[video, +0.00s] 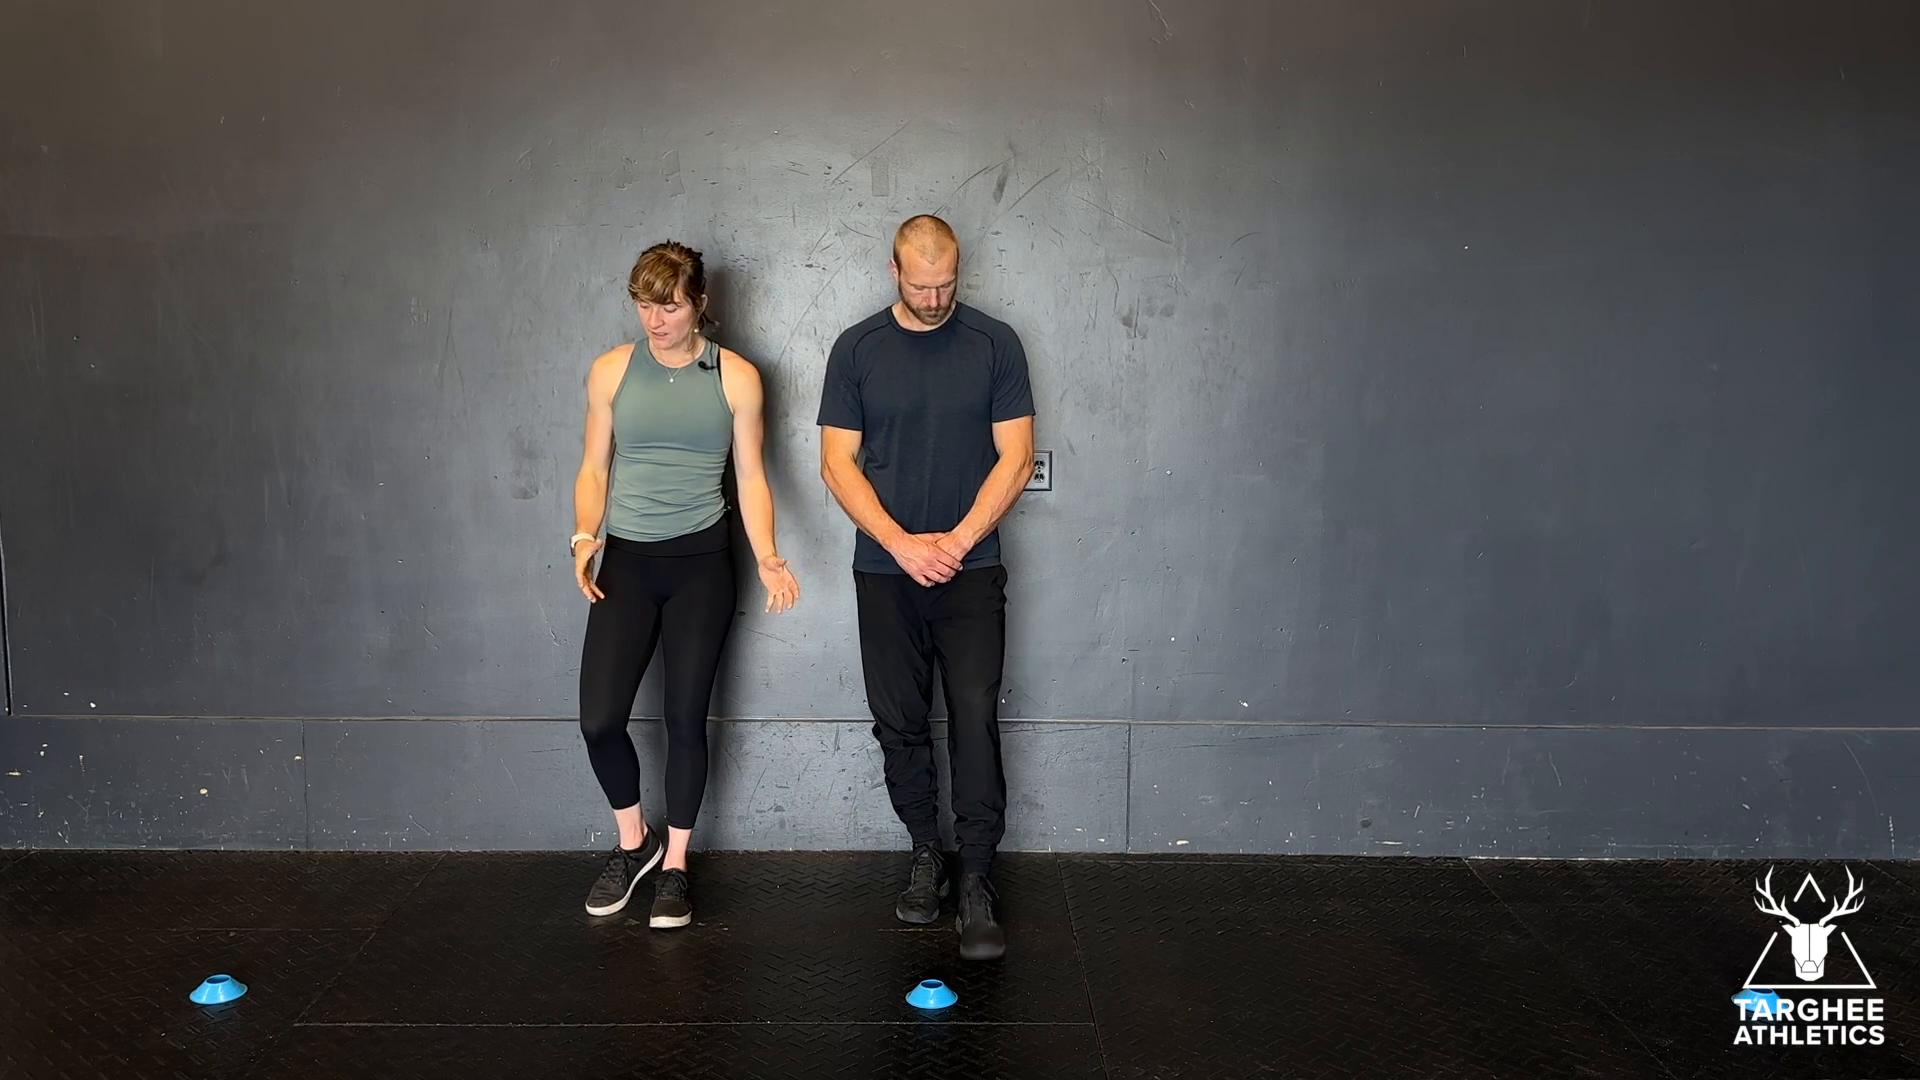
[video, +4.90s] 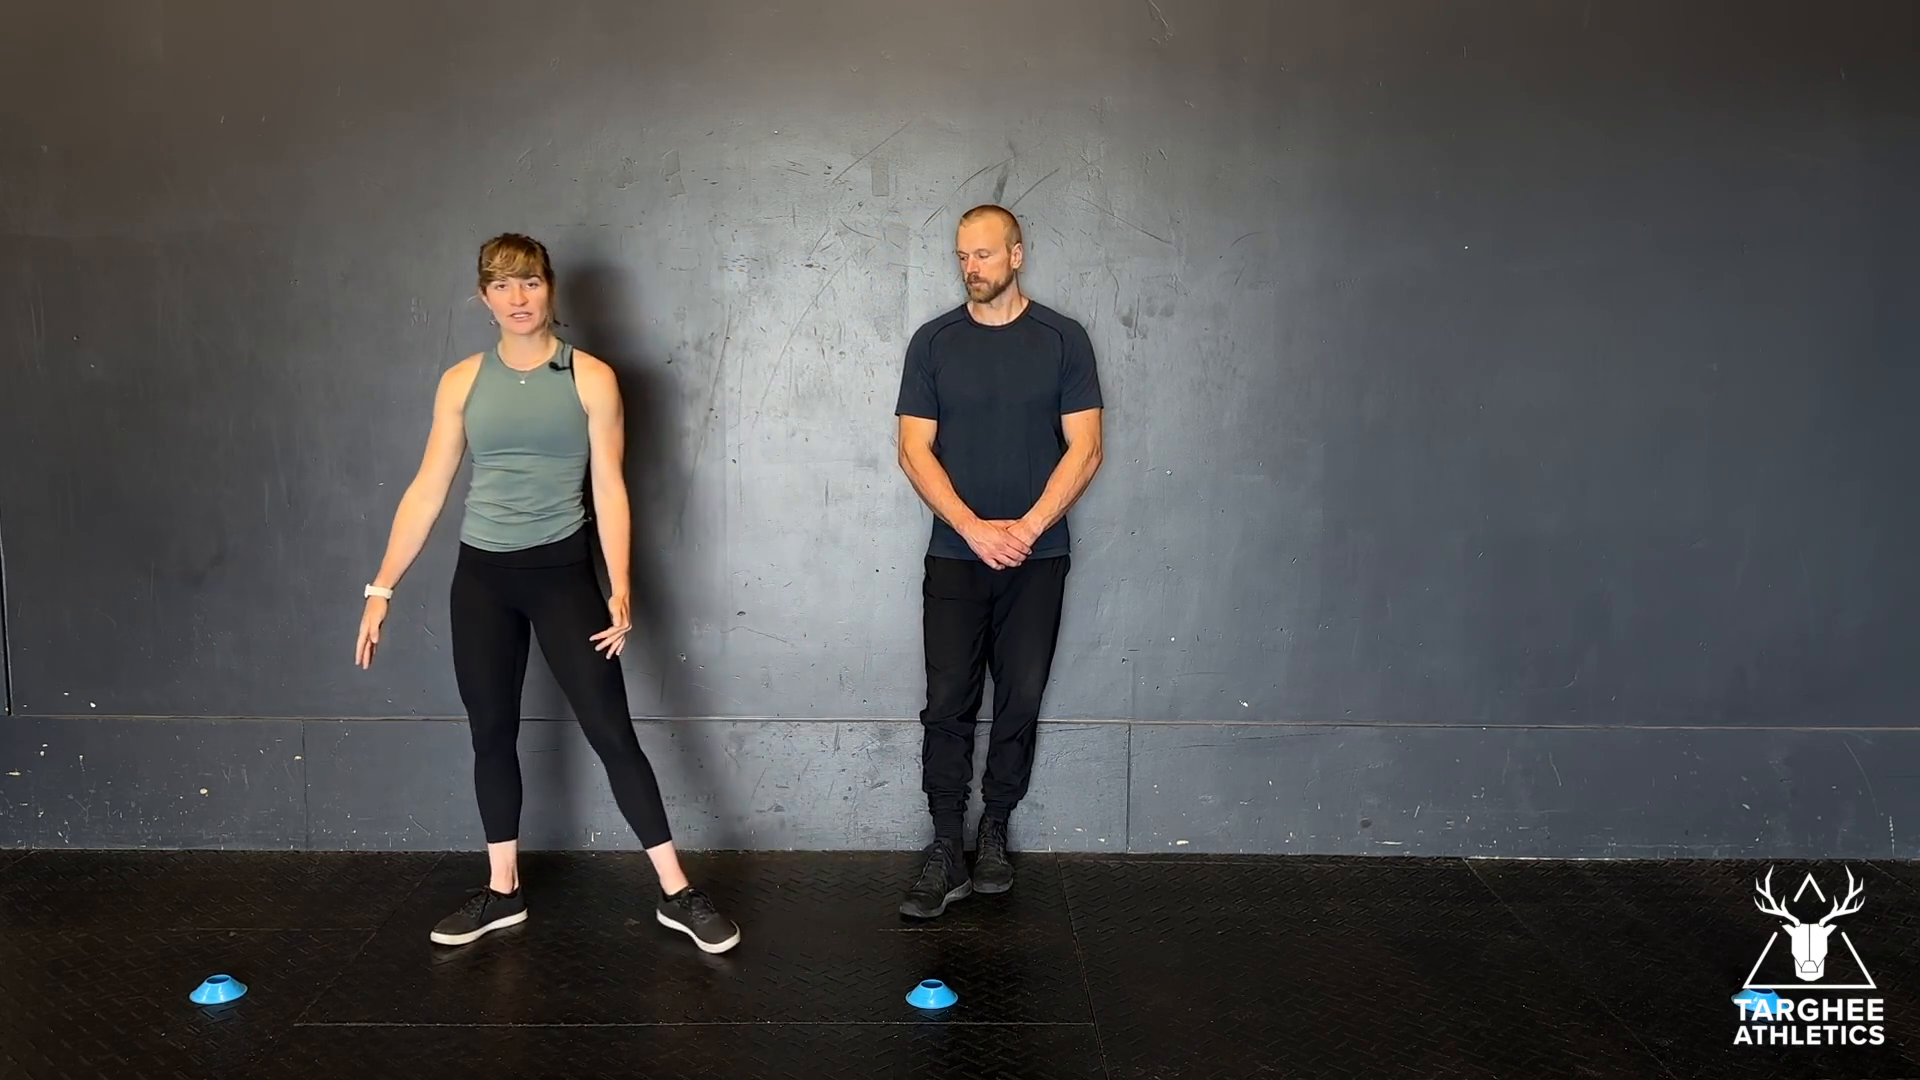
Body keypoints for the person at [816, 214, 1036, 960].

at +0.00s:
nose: (934, 295)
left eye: (945, 283)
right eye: (923, 283)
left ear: (957, 271)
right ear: (897, 270)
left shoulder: (993, 344)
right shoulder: (856, 348)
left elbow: (1016, 461)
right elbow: (837, 466)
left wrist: (955, 542)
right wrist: (898, 541)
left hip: (970, 568)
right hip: (886, 570)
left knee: (975, 718)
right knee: (900, 723)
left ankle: (977, 876)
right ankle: (927, 856)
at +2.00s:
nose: (910, 299)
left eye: (920, 287)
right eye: (898, 288)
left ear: (941, 270)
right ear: (880, 275)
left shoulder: (987, 341)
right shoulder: (850, 348)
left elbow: (1012, 457)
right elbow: (832, 463)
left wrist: (951, 538)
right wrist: (891, 539)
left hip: (966, 565)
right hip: (881, 566)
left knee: (974, 719)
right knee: (897, 721)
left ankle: (976, 871)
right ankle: (926, 853)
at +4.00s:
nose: (980, 279)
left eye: (991, 267)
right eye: (969, 268)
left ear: (1015, 262)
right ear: (957, 265)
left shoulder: (1056, 340)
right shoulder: (925, 340)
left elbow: (1077, 451)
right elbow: (906, 450)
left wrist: (1019, 530)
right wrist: (962, 526)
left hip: (1028, 552)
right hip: (947, 550)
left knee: (1014, 701)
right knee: (942, 703)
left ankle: (992, 835)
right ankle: (945, 847)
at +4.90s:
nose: (974, 266)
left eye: (985, 253)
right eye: (965, 255)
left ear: (1016, 255)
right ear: (957, 261)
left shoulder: (1063, 339)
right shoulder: (932, 342)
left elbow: (1086, 450)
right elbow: (913, 450)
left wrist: (1026, 530)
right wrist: (969, 526)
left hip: (1036, 552)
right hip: (955, 551)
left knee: (1020, 701)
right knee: (948, 702)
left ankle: (994, 832)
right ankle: (945, 847)